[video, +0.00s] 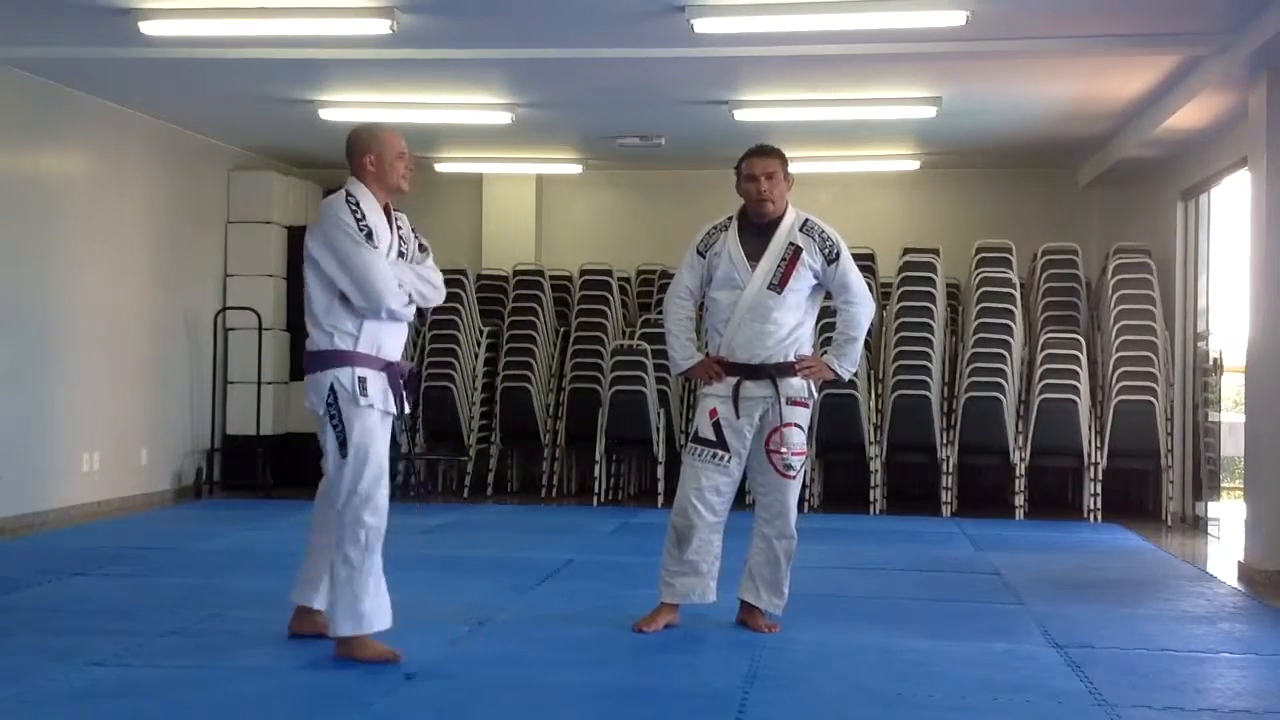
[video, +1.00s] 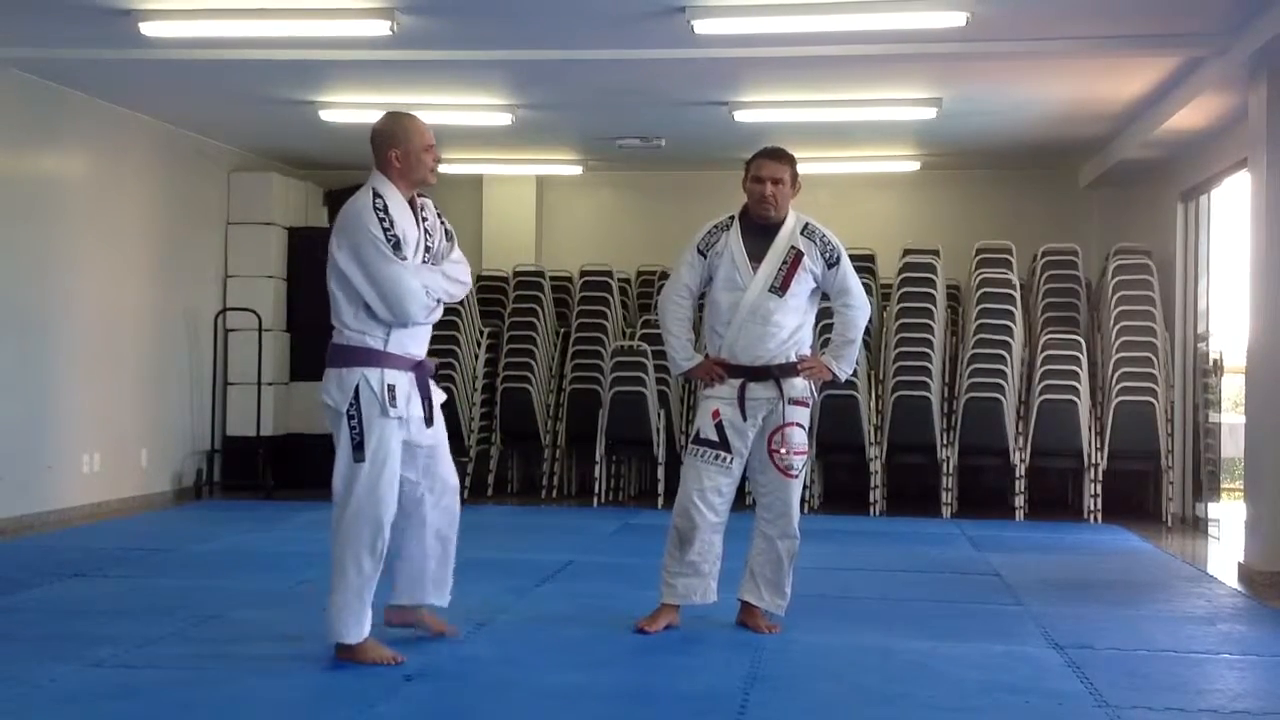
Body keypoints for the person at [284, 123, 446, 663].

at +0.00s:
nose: (411, 165)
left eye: (409, 157)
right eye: (402, 156)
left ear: (377, 165)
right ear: (369, 164)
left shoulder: (395, 223)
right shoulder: (341, 212)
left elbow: (435, 288)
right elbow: (380, 294)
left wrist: (387, 269)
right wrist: (418, 290)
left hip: (379, 374)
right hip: (347, 373)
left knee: (342, 493)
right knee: (364, 501)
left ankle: (309, 609)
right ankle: (356, 633)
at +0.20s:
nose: (417, 164)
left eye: (415, 156)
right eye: (409, 156)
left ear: (383, 163)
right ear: (374, 161)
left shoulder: (399, 221)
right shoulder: (345, 210)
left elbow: (438, 285)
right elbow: (383, 295)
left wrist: (391, 271)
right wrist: (422, 289)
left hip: (378, 377)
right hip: (345, 376)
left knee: (348, 501)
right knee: (353, 506)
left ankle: (308, 609)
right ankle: (346, 634)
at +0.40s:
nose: (420, 159)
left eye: (418, 150)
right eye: (411, 150)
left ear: (385, 156)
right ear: (377, 155)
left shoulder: (405, 215)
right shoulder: (345, 209)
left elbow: (444, 278)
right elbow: (383, 296)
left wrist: (393, 271)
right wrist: (424, 289)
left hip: (378, 372)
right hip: (345, 373)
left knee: (345, 498)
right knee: (355, 506)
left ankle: (309, 607)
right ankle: (346, 633)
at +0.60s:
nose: (425, 159)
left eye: (424, 150)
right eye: (417, 150)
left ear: (392, 156)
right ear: (383, 156)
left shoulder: (410, 213)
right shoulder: (352, 209)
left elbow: (445, 276)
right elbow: (392, 300)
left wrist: (398, 274)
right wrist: (428, 286)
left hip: (387, 375)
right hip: (348, 375)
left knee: (377, 505)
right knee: (356, 507)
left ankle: (317, 602)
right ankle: (345, 635)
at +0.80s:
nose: (430, 158)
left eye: (429, 148)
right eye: (421, 149)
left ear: (397, 156)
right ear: (388, 157)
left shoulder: (416, 211)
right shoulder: (357, 211)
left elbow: (451, 275)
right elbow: (398, 302)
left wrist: (402, 272)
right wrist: (435, 284)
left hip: (398, 373)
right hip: (355, 374)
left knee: (408, 494)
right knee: (361, 500)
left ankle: (342, 593)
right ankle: (348, 635)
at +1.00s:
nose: (439, 158)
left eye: (436, 149)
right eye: (429, 150)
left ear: (402, 156)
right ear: (396, 157)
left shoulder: (426, 212)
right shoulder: (363, 213)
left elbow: (462, 276)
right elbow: (405, 303)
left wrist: (412, 273)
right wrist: (443, 284)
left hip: (414, 376)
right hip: (366, 376)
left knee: (435, 492)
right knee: (366, 505)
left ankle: (408, 605)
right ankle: (350, 636)